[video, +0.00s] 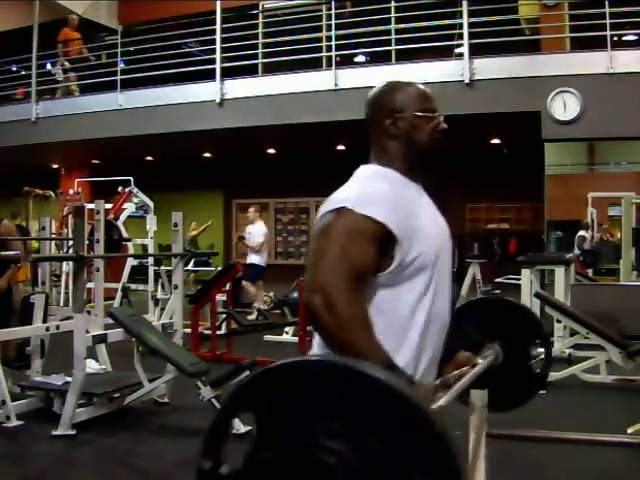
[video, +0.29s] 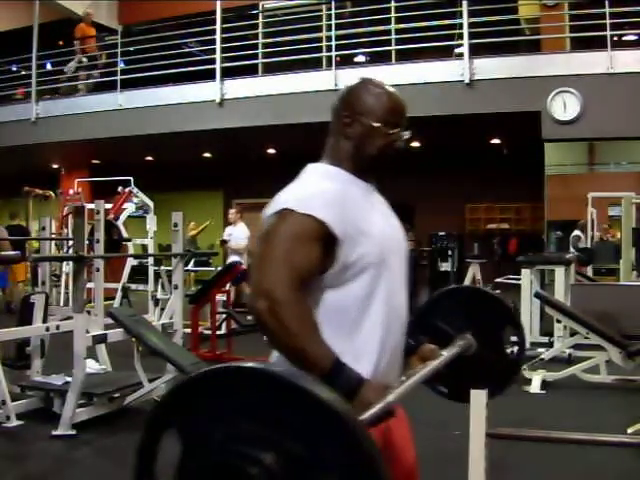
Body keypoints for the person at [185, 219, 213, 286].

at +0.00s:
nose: (196, 226)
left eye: (196, 225)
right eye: (194, 225)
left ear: (196, 227)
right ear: (191, 227)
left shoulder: (193, 236)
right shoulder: (190, 235)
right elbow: (200, 231)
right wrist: (207, 225)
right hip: (191, 255)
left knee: (190, 272)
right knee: (193, 272)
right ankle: (191, 287)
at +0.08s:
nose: (195, 226)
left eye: (196, 225)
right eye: (194, 225)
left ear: (195, 227)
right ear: (191, 226)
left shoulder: (192, 236)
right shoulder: (190, 235)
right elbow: (200, 230)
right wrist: (208, 223)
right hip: (192, 254)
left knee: (189, 272)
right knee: (193, 271)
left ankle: (187, 287)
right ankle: (192, 287)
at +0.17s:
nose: (195, 226)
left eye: (195, 225)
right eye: (194, 225)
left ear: (195, 227)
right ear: (191, 227)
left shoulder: (192, 235)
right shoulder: (190, 235)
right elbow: (200, 230)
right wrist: (208, 223)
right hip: (192, 254)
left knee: (189, 272)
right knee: (193, 271)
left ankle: (188, 287)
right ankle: (193, 287)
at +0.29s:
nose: (194, 228)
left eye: (195, 227)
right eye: (193, 226)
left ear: (195, 228)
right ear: (190, 228)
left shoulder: (192, 236)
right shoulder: (190, 235)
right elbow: (199, 230)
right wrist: (206, 224)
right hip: (191, 254)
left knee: (189, 271)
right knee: (193, 271)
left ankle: (187, 286)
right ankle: (192, 286)